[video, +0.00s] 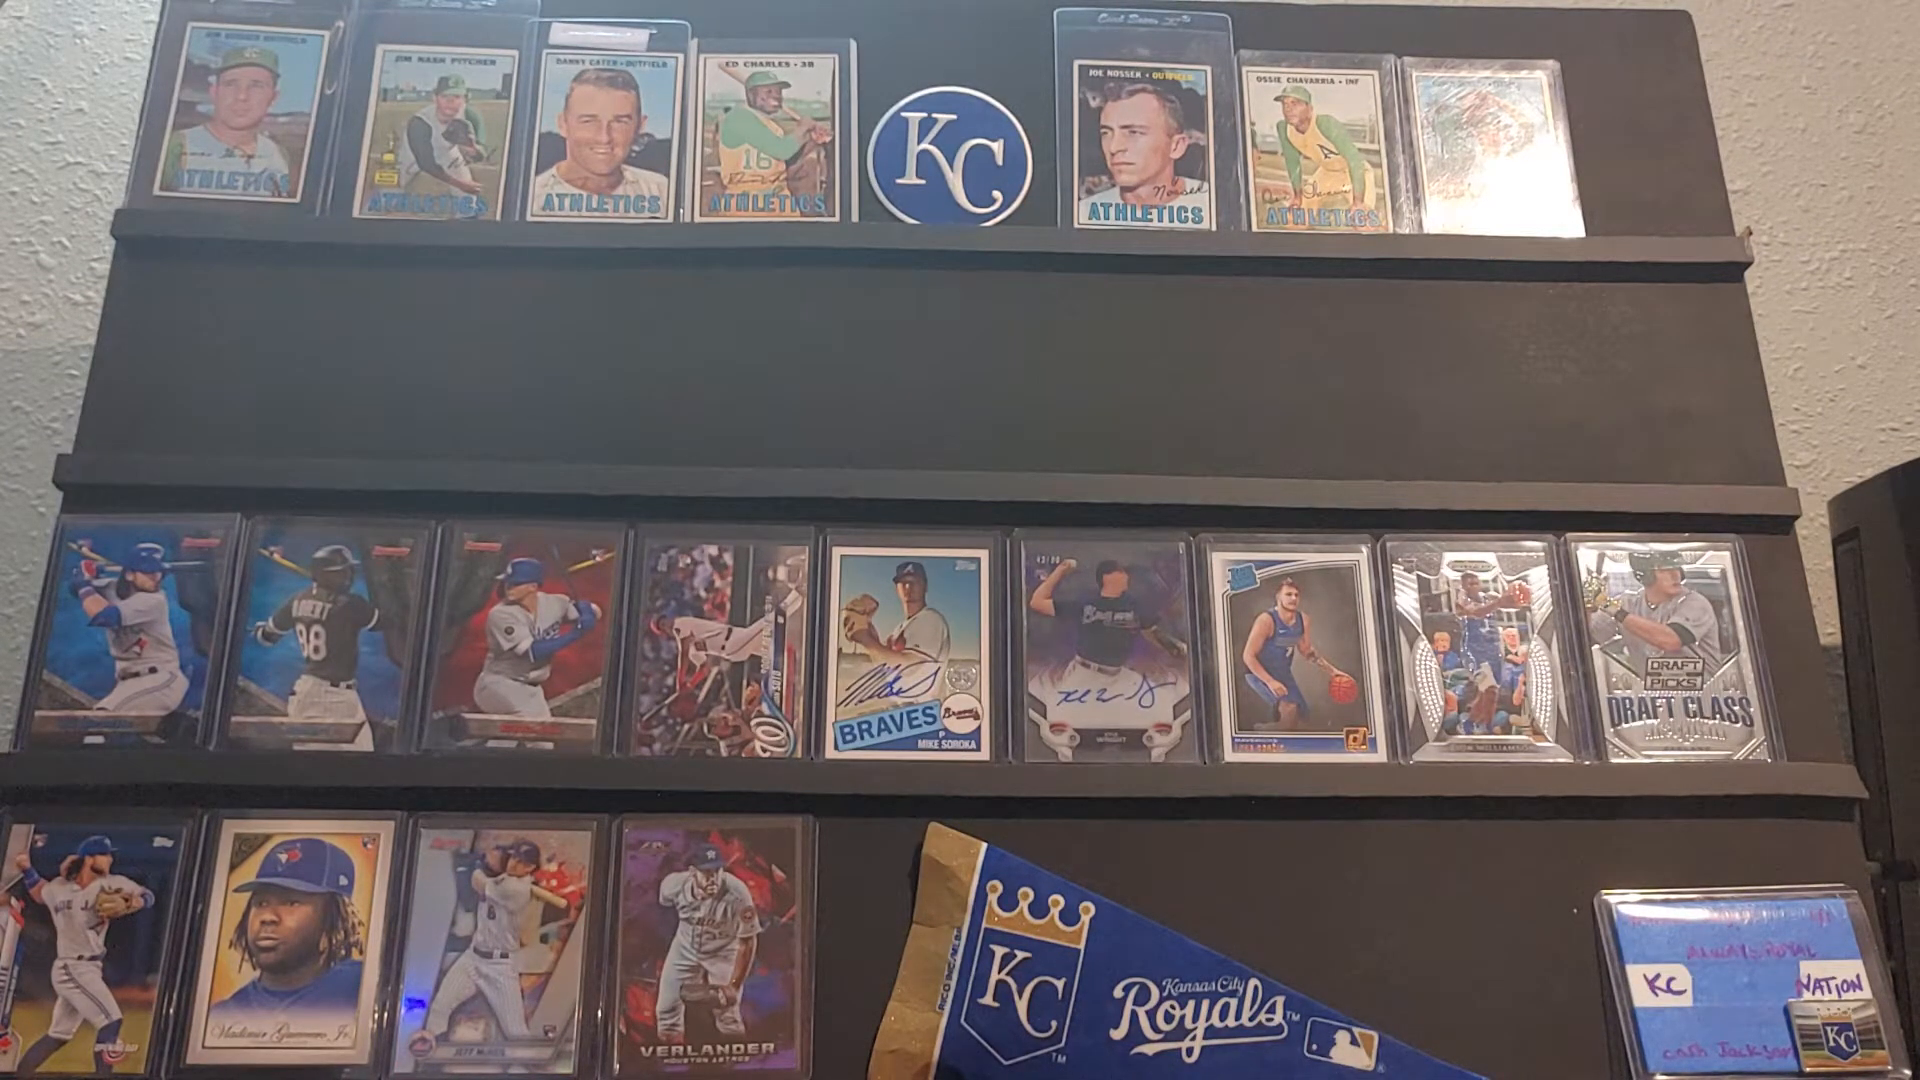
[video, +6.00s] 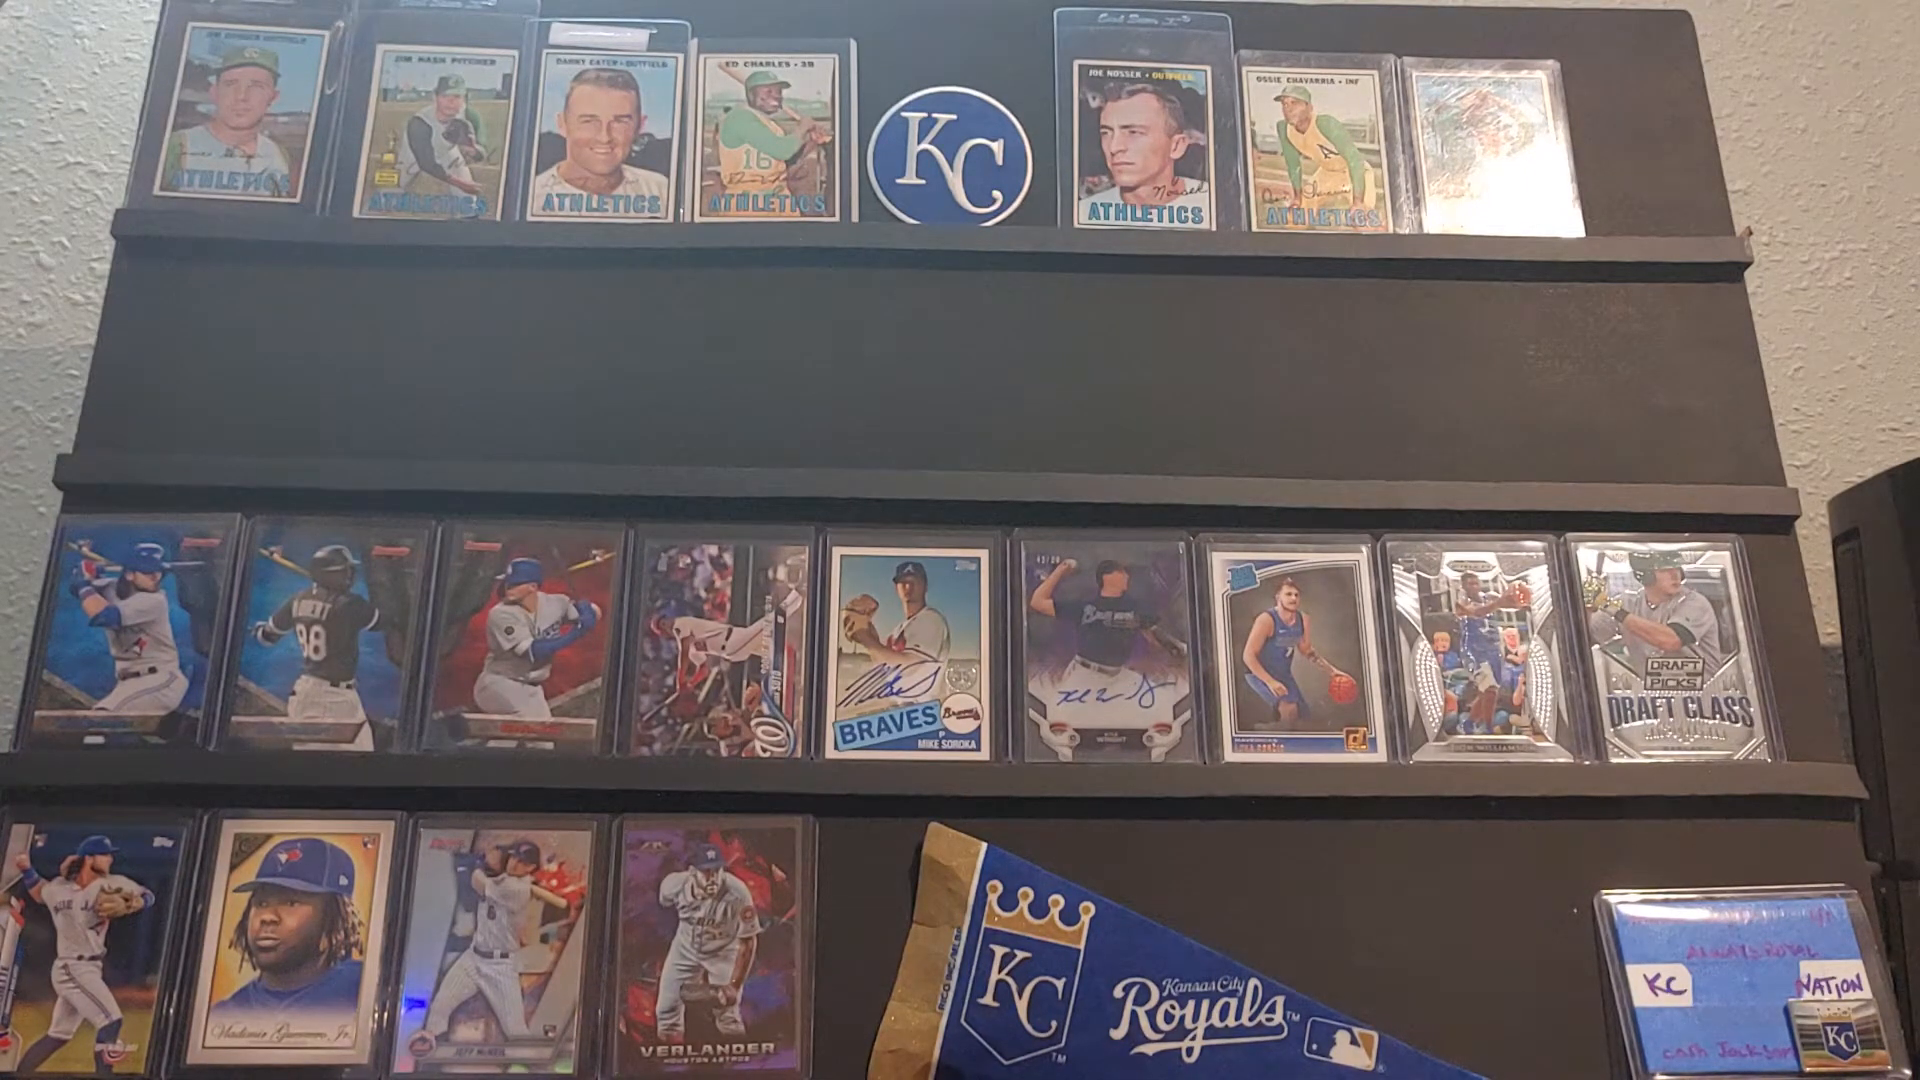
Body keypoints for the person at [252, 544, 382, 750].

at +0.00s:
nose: (351, 577)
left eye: (350, 571)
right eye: (347, 572)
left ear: (319, 574)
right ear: (337, 575)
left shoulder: (299, 601)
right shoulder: (351, 605)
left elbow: (267, 637)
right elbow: (387, 622)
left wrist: (260, 631)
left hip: (306, 693)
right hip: (341, 697)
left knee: (307, 765)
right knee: (361, 766)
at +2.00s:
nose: (350, 577)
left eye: (350, 572)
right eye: (346, 572)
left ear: (319, 575)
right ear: (335, 575)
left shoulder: (299, 600)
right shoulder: (351, 605)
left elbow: (267, 637)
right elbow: (388, 622)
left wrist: (259, 630)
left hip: (305, 694)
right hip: (342, 699)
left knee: (307, 767)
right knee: (360, 768)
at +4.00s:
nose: (352, 576)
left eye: (351, 571)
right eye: (349, 571)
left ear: (319, 574)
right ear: (338, 575)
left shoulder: (298, 601)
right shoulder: (351, 605)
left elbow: (267, 637)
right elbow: (386, 622)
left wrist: (259, 630)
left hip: (305, 693)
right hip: (341, 697)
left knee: (307, 764)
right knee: (359, 766)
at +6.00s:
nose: (351, 577)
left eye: (350, 572)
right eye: (347, 572)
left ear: (320, 574)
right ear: (336, 575)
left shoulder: (299, 600)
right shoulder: (350, 605)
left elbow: (267, 637)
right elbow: (386, 620)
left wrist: (260, 630)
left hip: (305, 694)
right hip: (340, 699)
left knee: (307, 766)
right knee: (359, 768)